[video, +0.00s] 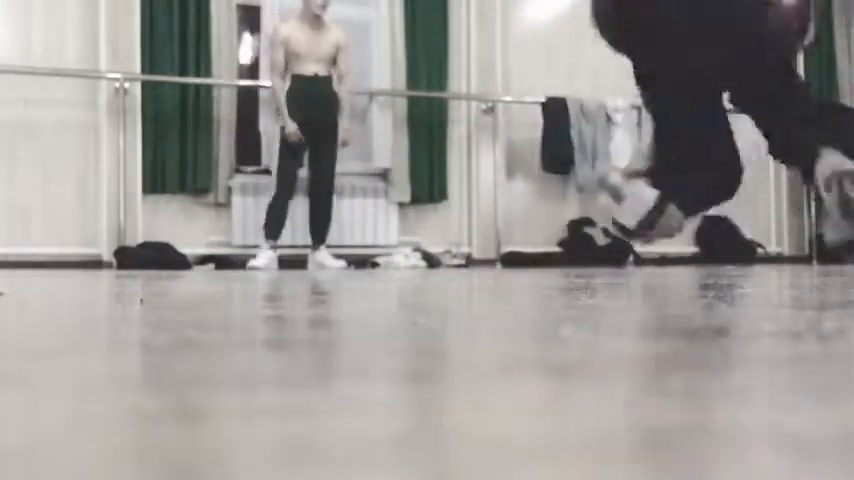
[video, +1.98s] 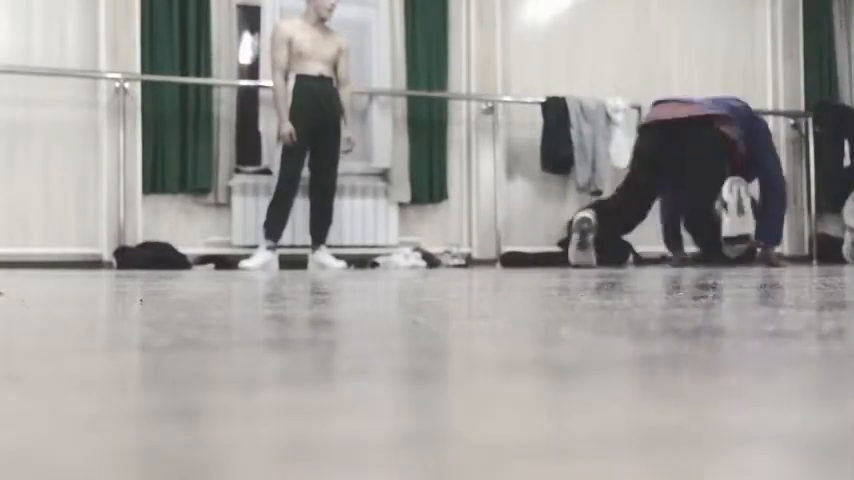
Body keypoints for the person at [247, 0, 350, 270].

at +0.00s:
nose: (321, 4)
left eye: (325, 1)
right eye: (317, 0)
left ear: (328, 4)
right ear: (306, 1)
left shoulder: (336, 34)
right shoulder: (285, 31)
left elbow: (342, 81)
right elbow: (277, 79)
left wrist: (344, 123)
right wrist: (286, 120)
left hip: (326, 95)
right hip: (295, 93)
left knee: (323, 179)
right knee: (286, 179)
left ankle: (318, 250)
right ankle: (269, 248)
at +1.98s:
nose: (331, 5)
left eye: (333, 2)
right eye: (327, 1)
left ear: (331, 7)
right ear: (311, 2)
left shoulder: (337, 40)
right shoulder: (286, 29)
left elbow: (343, 84)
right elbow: (279, 76)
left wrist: (347, 126)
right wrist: (283, 119)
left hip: (329, 100)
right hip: (299, 98)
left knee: (325, 180)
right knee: (288, 178)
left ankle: (319, 250)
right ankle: (268, 248)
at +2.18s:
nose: (331, 5)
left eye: (333, 2)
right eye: (326, 1)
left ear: (331, 8)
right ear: (311, 2)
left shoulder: (337, 40)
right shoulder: (286, 29)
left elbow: (343, 84)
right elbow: (279, 75)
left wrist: (346, 127)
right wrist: (283, 119)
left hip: (328, 100)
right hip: (299, 97)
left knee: (324, 180)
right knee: (288, 177)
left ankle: (319, 250)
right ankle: (268, 248)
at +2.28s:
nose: (331, 5)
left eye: (333, 2)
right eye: (326, 1)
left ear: (331, 7)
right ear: (311, 2)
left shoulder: (337, 40)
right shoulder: (286, 29)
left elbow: (343, 84)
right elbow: (279, 76)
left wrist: (345, 127)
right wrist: (283, 119)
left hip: (329, 100)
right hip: (299, 97)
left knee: (324, 180)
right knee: (288, 177)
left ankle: (319, 250)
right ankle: (268, 248)